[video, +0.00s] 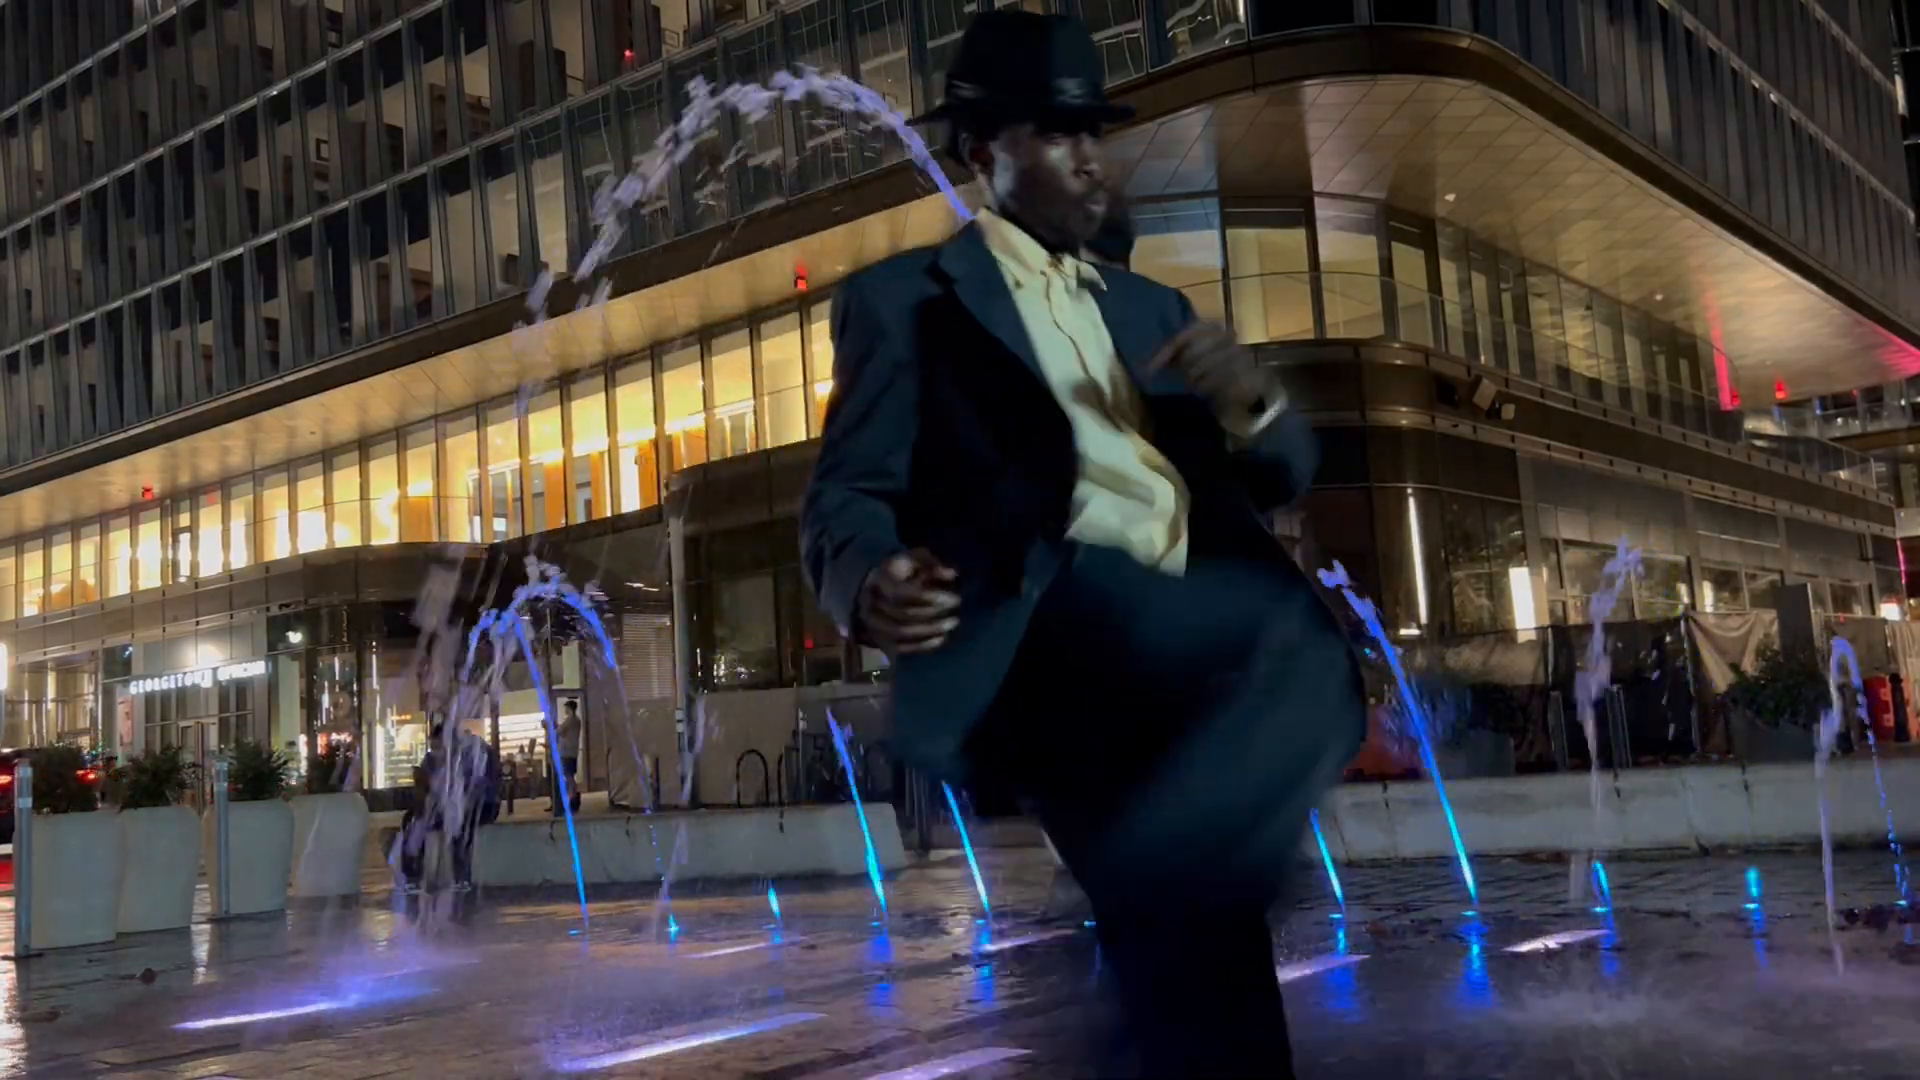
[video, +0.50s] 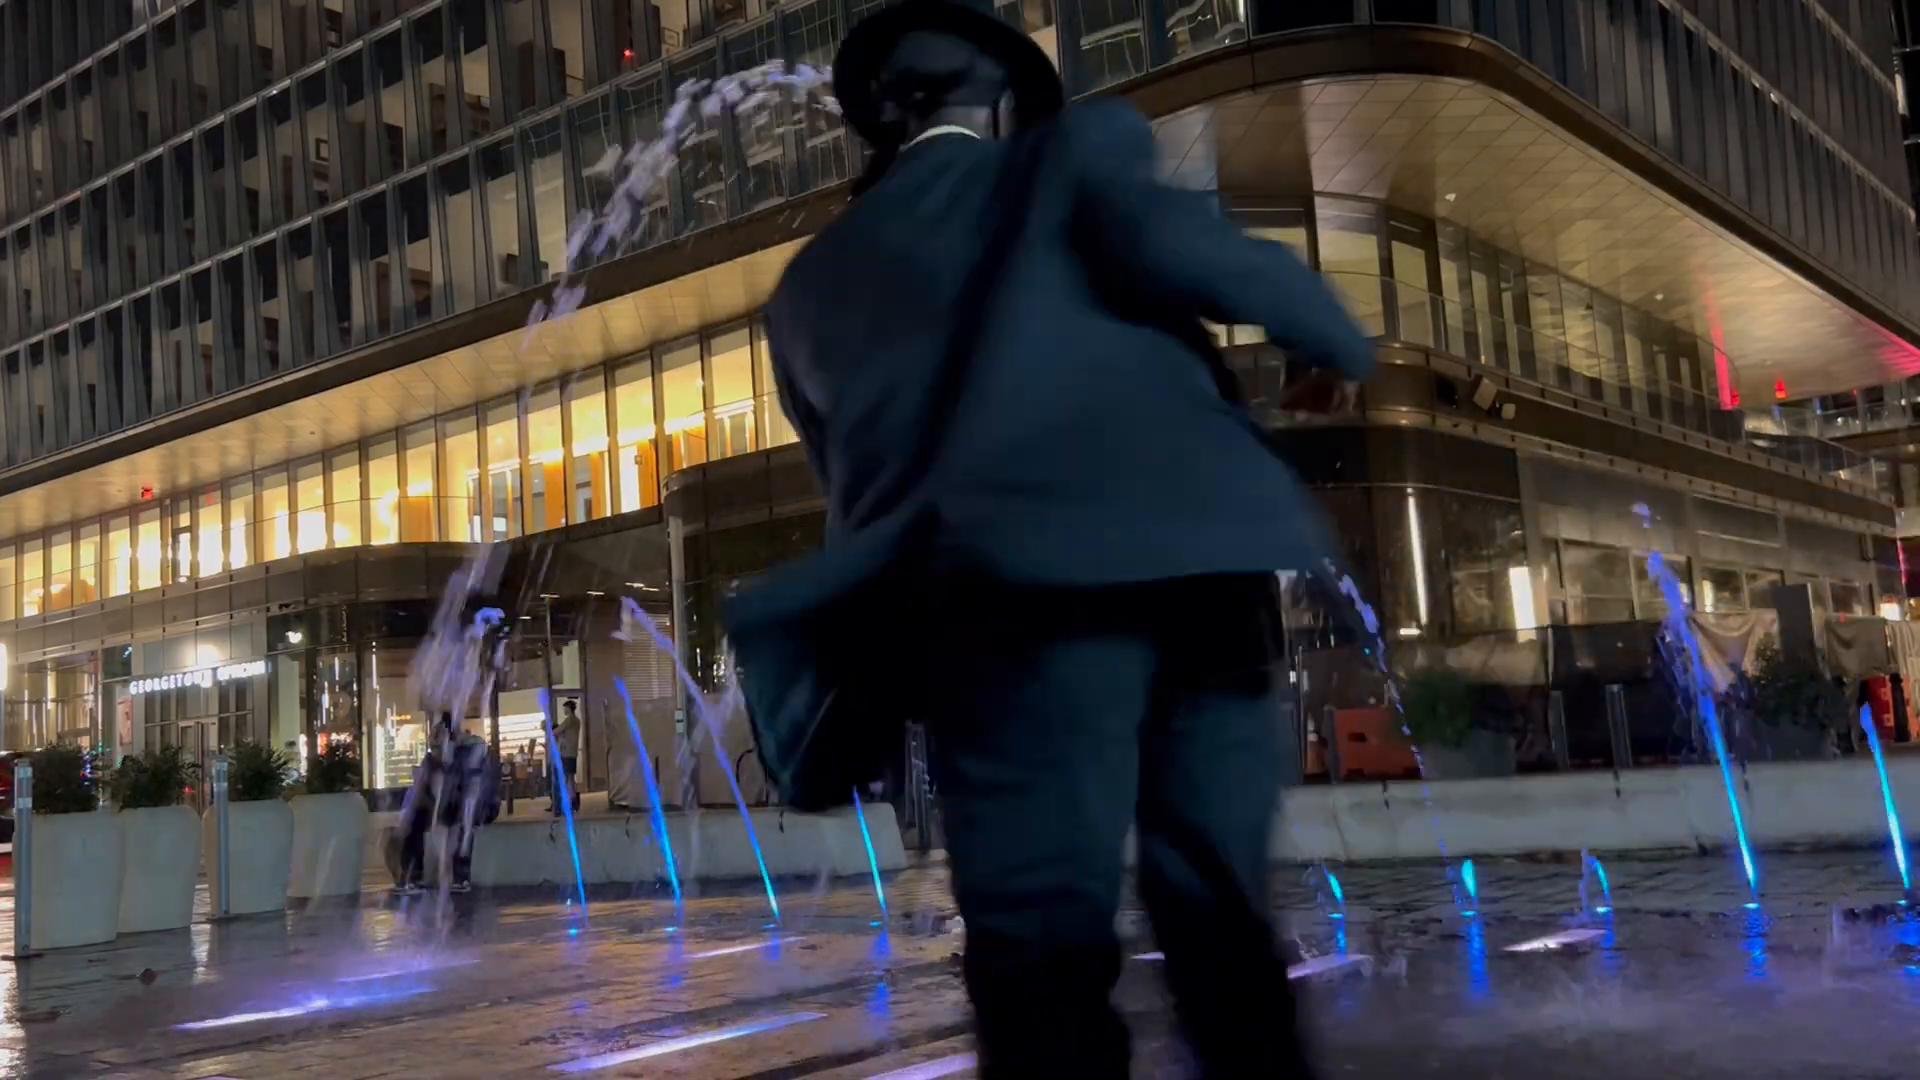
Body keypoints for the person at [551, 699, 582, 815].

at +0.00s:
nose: (565, 710)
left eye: (566, 708)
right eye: (565, 708)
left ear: (569, 709)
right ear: (574, 708)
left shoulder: (570, 719)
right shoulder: (576, 720)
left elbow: (560, 730)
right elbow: (564, 730)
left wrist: (551, 727)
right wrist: (557, 727)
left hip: (567, 752)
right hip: (572, 752)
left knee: (568, 777)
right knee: (570, 777)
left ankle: (572, 798)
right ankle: (573, 797)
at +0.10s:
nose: (564, 710)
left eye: (566, 708)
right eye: (565, 708)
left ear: (569, 709)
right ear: (573, 709)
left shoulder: (570, 720)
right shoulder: (576, 720)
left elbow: (558, 730)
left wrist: (550, 731)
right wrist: (558, 730)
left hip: (567, 753)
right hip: (572, 753)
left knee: (569, 779)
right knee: (571, 779)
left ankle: (571, 801)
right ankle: (573, 800)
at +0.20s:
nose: (564, 710)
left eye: (565, 708)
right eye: (564, 708)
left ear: (569, 708)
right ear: (573, 708)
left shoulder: (568, 720)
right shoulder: (576, 720)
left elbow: (557, 731)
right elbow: (569, 733)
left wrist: (550, 732)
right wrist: (558, 729)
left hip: (563, 753)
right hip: (572, 753)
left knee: (558, 779)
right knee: (570, 778)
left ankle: (555, 802)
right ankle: (573, 800)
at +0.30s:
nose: (564, 711)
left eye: (565, 708)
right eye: (564, 708)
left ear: (569, 708)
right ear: (572, 709)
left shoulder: (569, 719)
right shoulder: (575, 719)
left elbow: (557, 731)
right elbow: (566, 732)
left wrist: (552, 731)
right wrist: (557, 730)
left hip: (564, 753)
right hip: (571, 753)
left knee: (568, 779)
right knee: (570, 778)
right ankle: (573, 800)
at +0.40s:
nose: (564, 711)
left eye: (565, 708)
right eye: (564, 708)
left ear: (569, 708)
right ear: (573, 708)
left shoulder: (569, 720)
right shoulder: (575, 720)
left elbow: (557, 731)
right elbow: (565, 731)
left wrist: (552, 732)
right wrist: (556, 730)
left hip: (566, 754)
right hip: (571, 753)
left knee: (568, 779)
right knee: (570, 779)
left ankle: (572, 801)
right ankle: (574, 800)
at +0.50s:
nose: (564, 711)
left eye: (565, 708)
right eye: (564, 708)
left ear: (569, 709)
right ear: (572, 709)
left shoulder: (569, 720)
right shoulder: (576, 720)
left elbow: (557, 731)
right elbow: (566, 733)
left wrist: (550, 732)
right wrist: (557, 732)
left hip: (566, 754)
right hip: (572, 754)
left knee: (567, 780)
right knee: (571, 779)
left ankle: (571, 801)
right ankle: (574, 801)